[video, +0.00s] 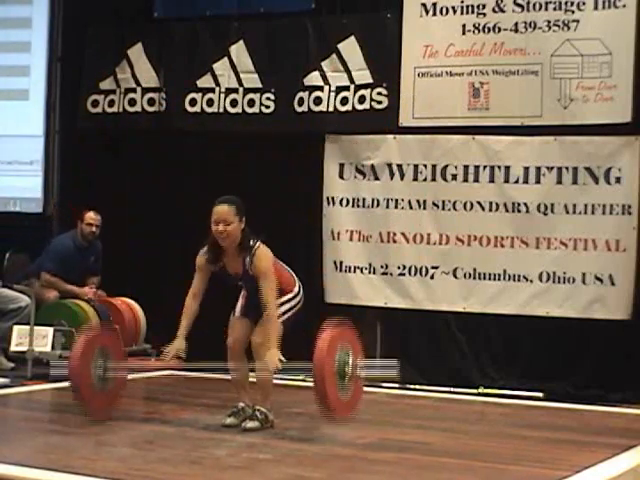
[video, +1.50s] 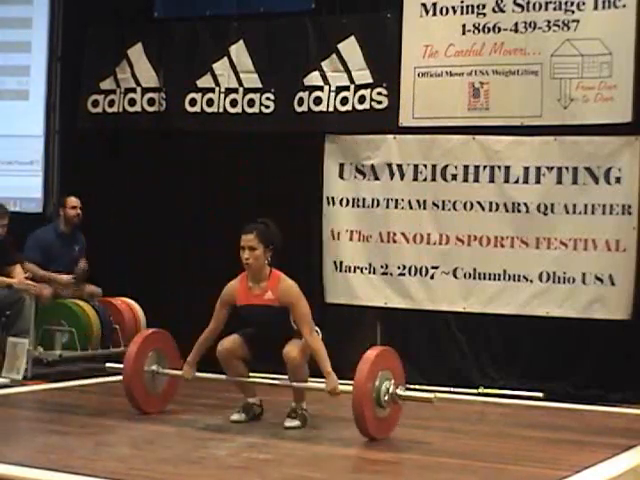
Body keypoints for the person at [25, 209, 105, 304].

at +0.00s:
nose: (93, 230)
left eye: (97, 226)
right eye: (89, 225)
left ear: (100, 229)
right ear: (80, 225)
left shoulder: (95, 246)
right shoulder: (62, 243)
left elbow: (94, 275)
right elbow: (45, 278)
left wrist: (91, 288)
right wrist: (78, 292)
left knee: (100, 296)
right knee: (52, 296)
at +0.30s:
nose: (99, 233)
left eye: (103, 230)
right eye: (96, 228)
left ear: (107, 232)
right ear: (87, 226)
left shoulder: (104, 248)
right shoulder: (68, 244)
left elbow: (100, 278)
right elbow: (51, 279)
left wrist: (95, 293)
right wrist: (84, 294)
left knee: (101, 298)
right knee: (56, 296)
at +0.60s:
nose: (103, 230)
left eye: (107, 226)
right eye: (99, 224)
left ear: (111, 228)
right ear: (91, 221)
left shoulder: (108, 245)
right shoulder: (69, 238)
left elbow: (100, 275)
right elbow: (54, 274)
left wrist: (93, 297)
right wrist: (81, 295)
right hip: (42, 265)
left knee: (101, 298)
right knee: (56, 296)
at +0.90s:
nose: (102, 194)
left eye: (106, 190)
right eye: (98, 190)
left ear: (110, 192)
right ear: (89, 188)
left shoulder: (108, 216)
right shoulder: (69, 211)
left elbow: (101, 252)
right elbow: (57, 254)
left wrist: (91, 283)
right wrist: (74, 283)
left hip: (78, 250)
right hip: (47, 248)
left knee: (93, 294)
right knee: (58, 292)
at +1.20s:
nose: (80, 216)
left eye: (82, 213)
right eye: (75, 212)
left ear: (85, 215)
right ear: (64, 214)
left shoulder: (81, 240)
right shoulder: (47, 234)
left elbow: (84, 279)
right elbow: (15, 246)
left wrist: (88, 250)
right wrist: (34, 269)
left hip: (67, 285)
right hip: (43, 284)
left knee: (95, 292)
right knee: (45, 293)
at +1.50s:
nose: (78, 212)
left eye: (80, 208)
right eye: (73, 208)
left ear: (81, 210)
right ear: (61, 211)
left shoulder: (79, 238)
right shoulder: (41, 236)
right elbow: (28, 265)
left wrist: (82, 269)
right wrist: (56, 278)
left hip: (69, 285)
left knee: (95, 292)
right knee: (46, 293)